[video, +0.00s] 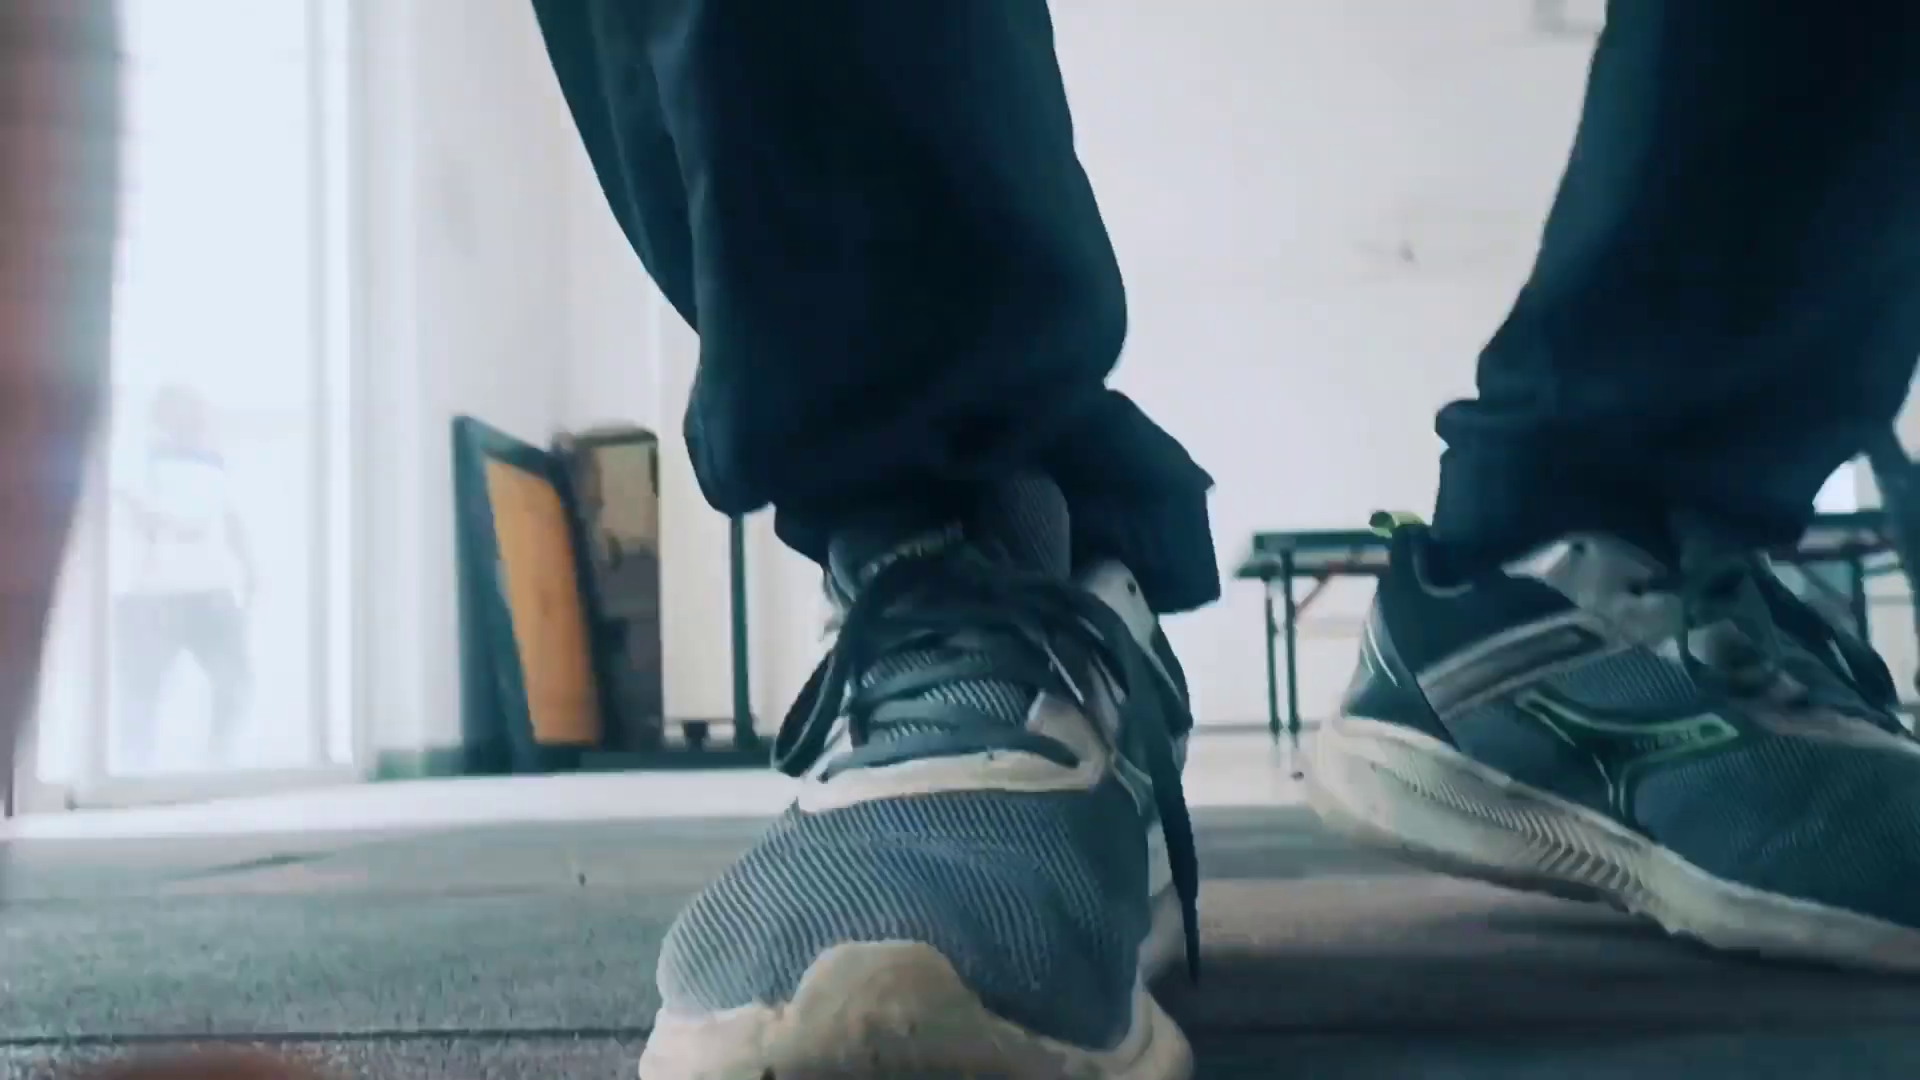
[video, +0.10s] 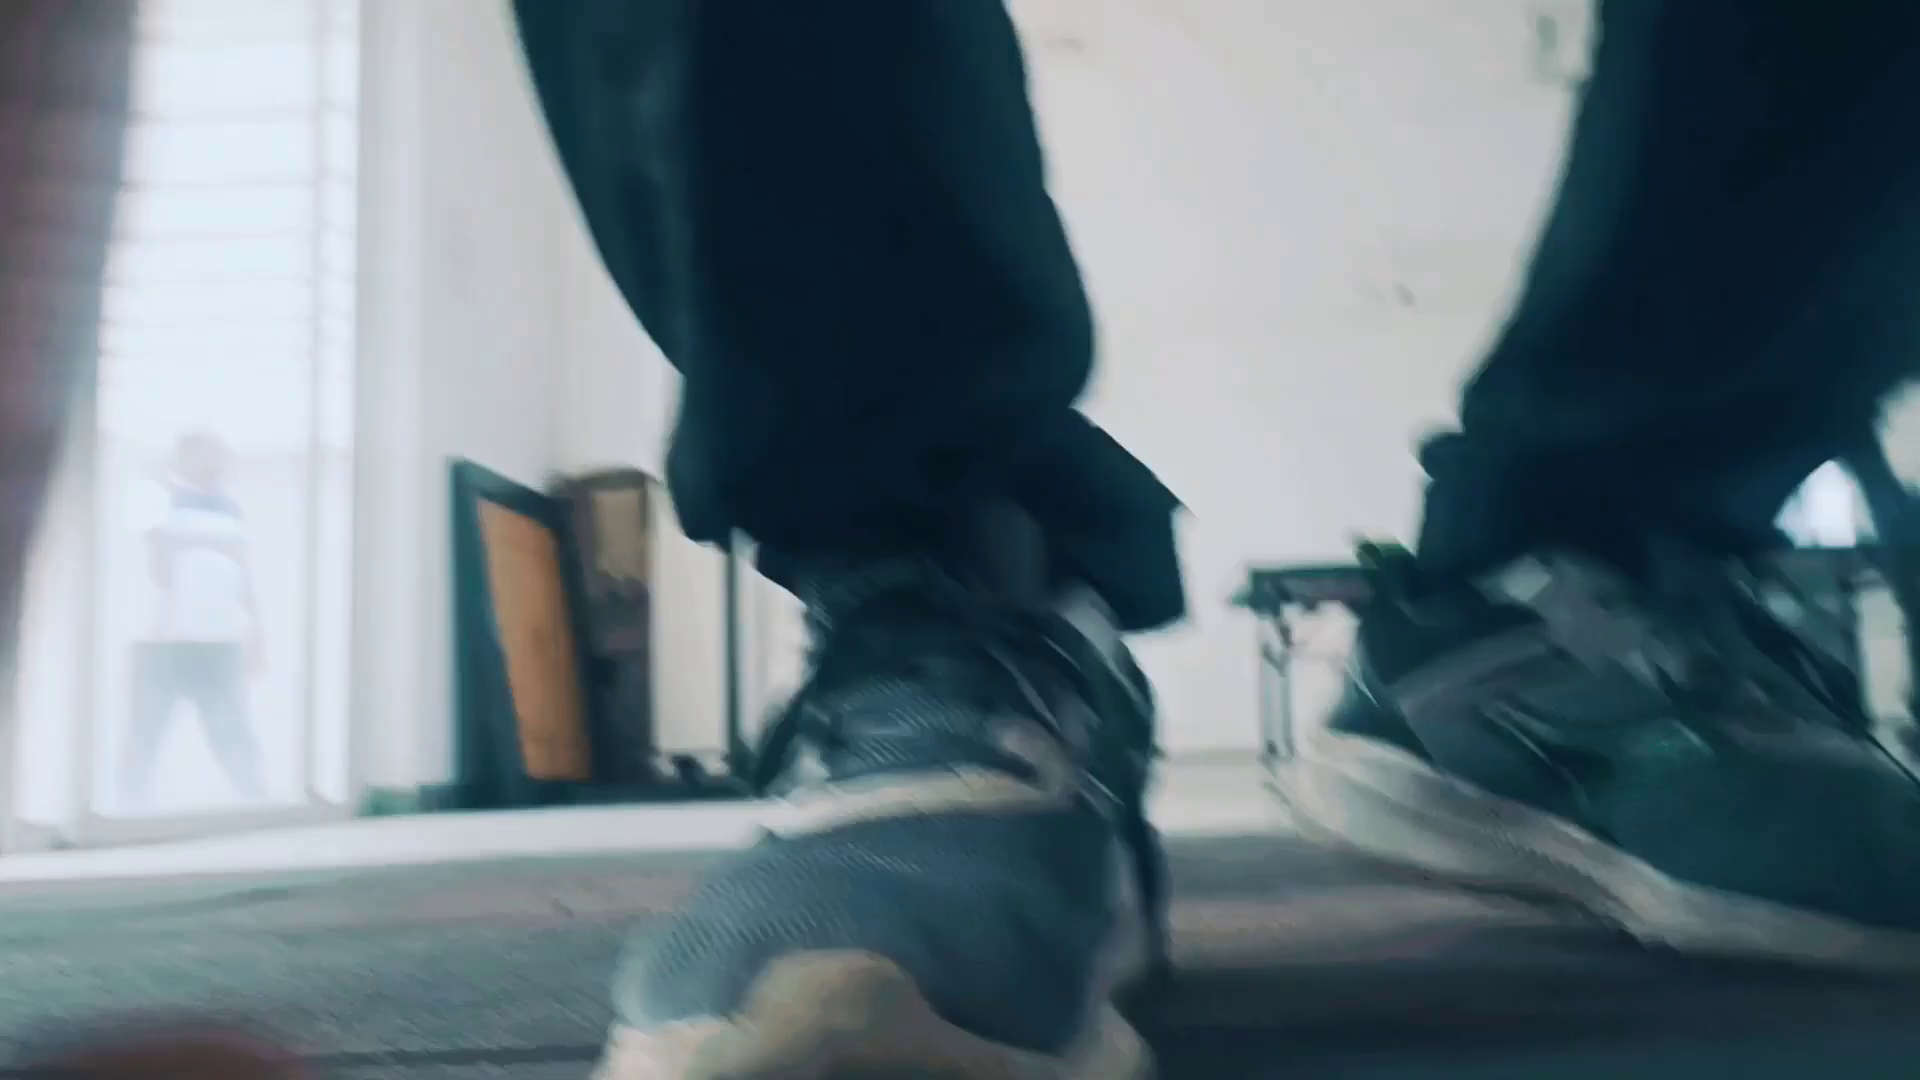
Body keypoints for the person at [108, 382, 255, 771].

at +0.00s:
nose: (186, 424)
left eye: (191, 414)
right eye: (176, 414)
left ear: (201, 417)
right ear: (160, 417)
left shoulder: (211, 463)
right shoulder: (139, 459)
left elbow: (232, 525)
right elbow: (129, 508)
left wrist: (247, 574)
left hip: (208, 590)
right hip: (149, 591)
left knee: (233, 680)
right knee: (139, 689)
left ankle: (218, 761)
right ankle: (134, 770)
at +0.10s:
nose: (206, 468)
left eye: (212, 458)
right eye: (198, 458)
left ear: (222, 462)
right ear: (181, 460)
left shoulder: (229, 510)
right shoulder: (162, 501)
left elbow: (244, 579)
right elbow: (157, 566)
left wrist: (254, 636)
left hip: (218, 637)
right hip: (165, 635)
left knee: (232, 734)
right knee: (144, 735)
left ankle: (259, 805)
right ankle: (128, 810)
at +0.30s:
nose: (265, 511)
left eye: (272, 501)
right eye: (256, 501)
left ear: (282, 506)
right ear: (238, 502)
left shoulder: (284, 550)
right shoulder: (207, 535)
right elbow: (205, 595)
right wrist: (247, 624)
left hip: (267, 679)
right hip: (214, 677)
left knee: (272, 772)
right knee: (191, 765)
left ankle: (268, 849)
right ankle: (144, 842)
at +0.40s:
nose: (283, 511)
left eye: (288, 502)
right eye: (276, 500)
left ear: (292, 507)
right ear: (255, 500)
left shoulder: (285, 553)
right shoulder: (222, 540)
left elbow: (301, 615)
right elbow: (202, 605)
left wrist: (330, 656)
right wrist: (213, 659)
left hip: (275, 686)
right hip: (228, 681)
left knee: (274, 777)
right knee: (227, 766)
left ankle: (262, 861)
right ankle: (178, 848)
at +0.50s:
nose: (280, 484)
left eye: (288, 474)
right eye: (272, 473)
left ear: (298, 477)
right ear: (257, 474)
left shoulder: (306, 525)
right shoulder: (227, 516)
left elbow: (320, 591)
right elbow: (186, 568)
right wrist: (165, 632)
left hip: (283, 651)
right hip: (232, 647)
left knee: (270, 746)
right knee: (240, 744)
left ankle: (266, 824)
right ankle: (230, 823)